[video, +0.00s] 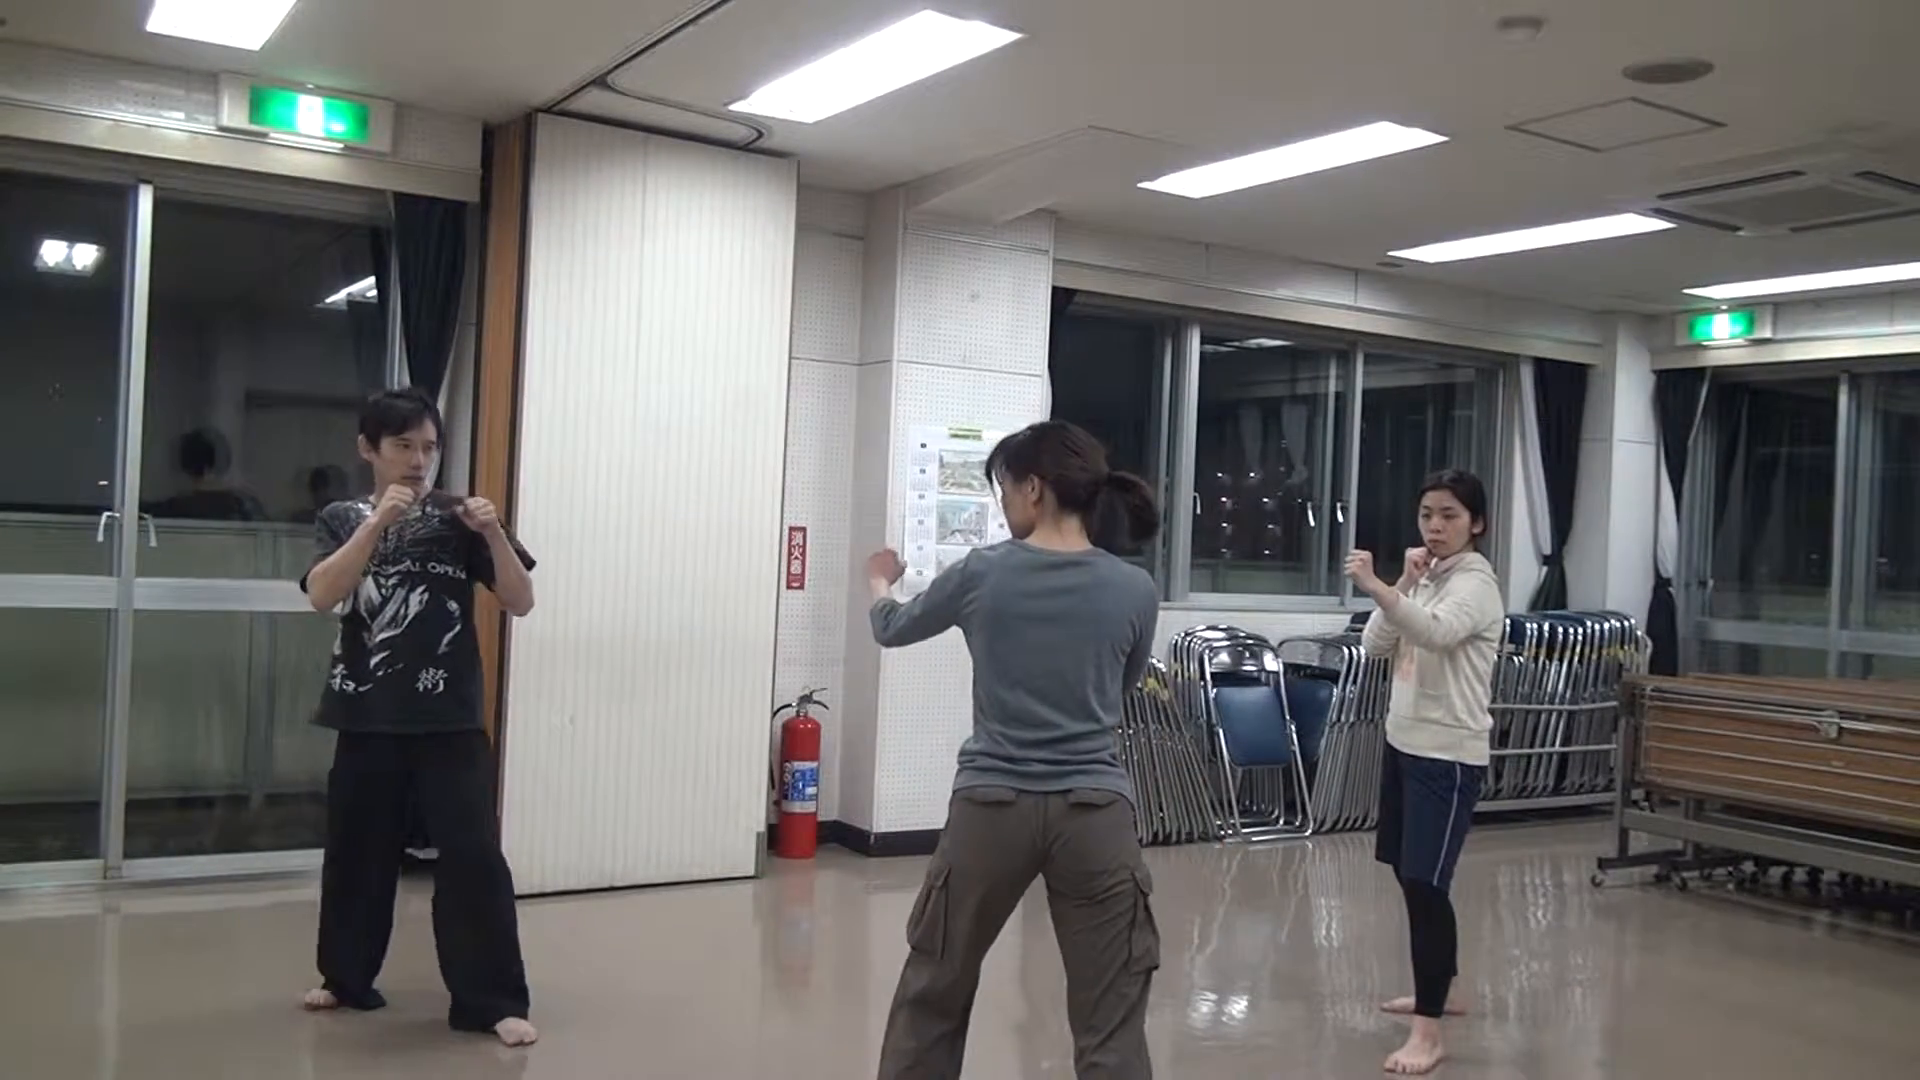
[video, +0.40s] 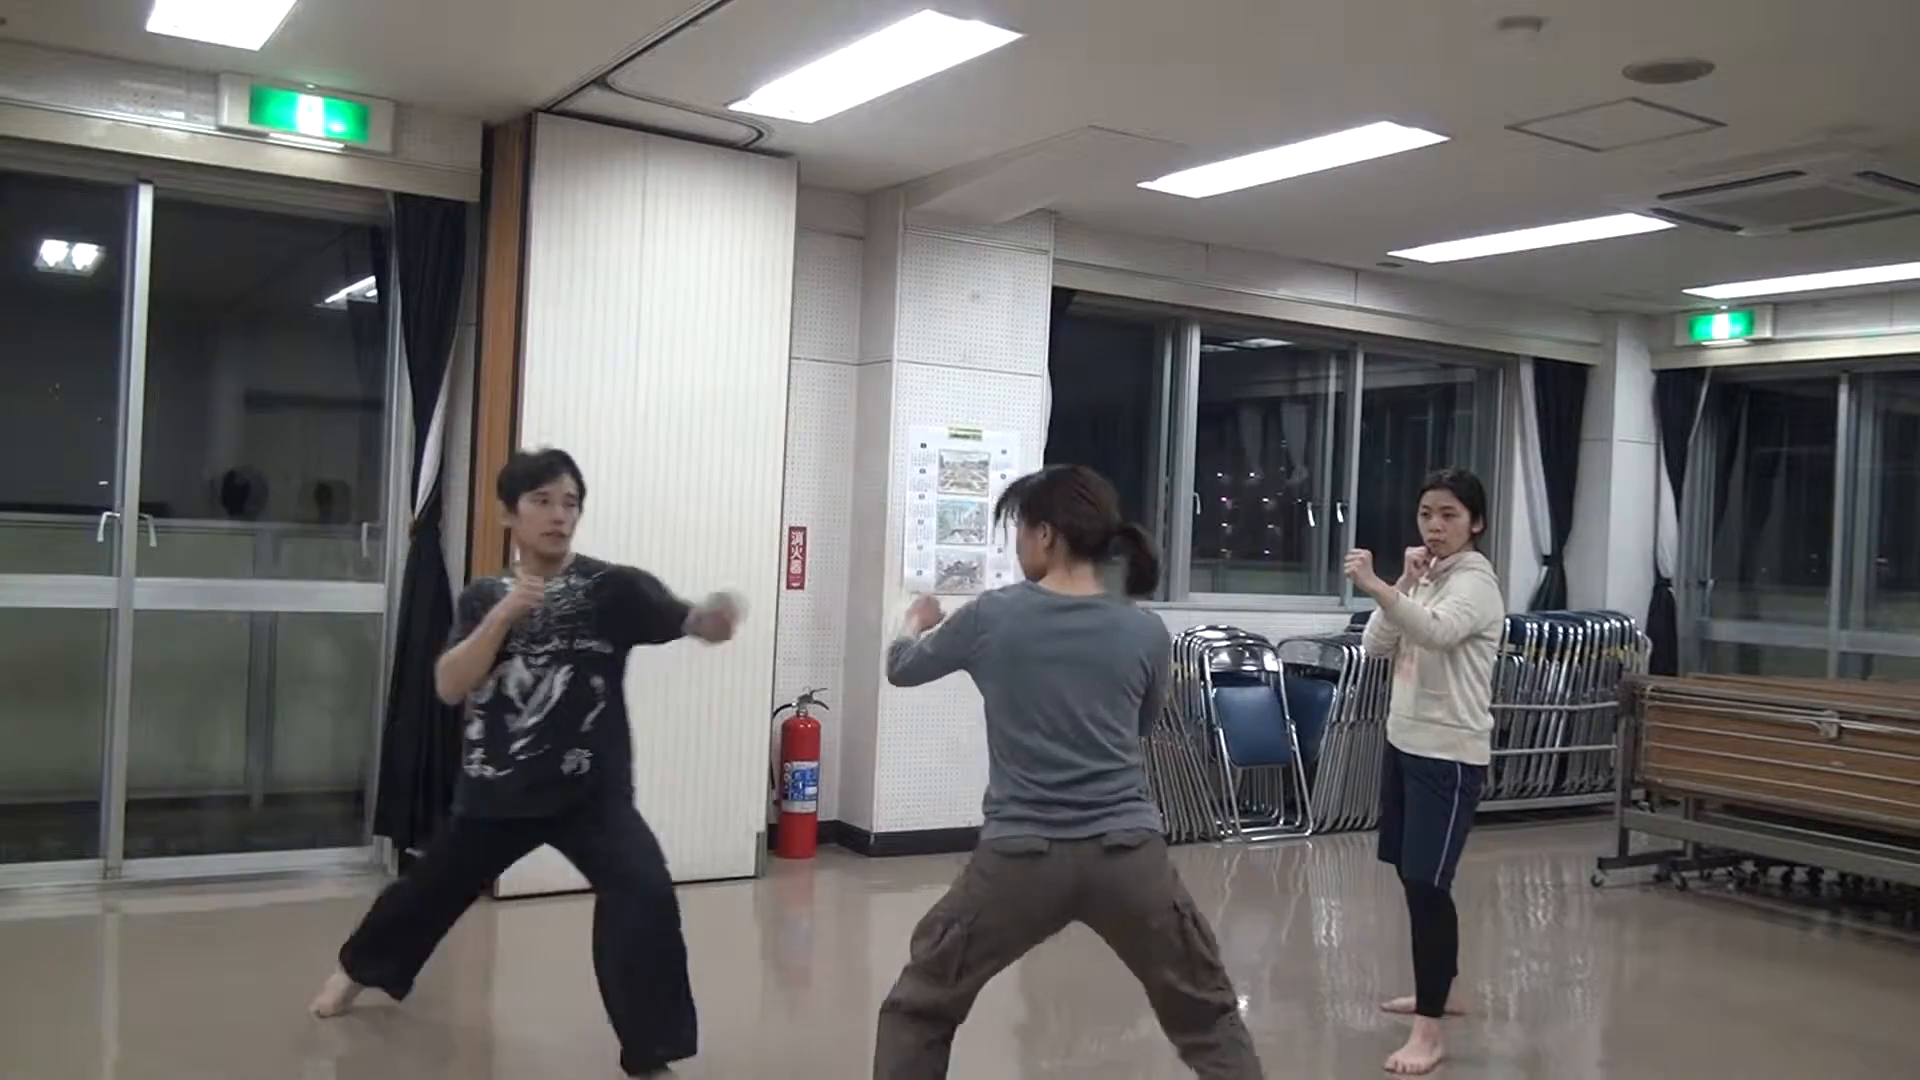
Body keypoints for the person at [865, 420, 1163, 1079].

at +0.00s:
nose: (1002, 507)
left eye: (1005, 491)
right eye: (1001, 492)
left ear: (1036, 490)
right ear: (1085, 494)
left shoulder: (983, 571)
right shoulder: (1136, 587)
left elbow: (895, 627)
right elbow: (1124, 682)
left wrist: (879, 585)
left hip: (992, 810)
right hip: (1097, 811)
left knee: (935, 987)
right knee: (1110, 1012)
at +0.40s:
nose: (1017, 543)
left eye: (1021, 529)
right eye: (1017, 529)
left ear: (1048, 536)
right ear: (1098, 537)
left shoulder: (992, 616)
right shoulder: (1147, 629)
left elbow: (903, 669)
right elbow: (1144, 721)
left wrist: (916, 628)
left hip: (1021, 864)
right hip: (1131, 860)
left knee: (920, 1010)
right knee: (1209, 1021)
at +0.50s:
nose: (1064, 550)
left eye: (1071, 536)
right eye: (1065, 537)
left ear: (1101, 543)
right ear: (1147, 545)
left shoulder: (1046, 625)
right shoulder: (1196, 640)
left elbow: (950, 689)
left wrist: (960, 649)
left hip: (1070, 874)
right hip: (1179, 871)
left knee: (955, 1018)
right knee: (1258, 1025)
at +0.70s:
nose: (1193, 563)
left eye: (1201, 548)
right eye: (1196, 548)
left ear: (1236, 556)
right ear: (1268, 561)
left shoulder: (1184, 630)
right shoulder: (1310, 661)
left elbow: (1092, 703)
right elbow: (1289, 750)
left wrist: (981, 704)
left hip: (1166, 881)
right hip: (1269, 889)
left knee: (1036, 1025)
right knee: (1318, 1050)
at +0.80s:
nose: (1230, 565)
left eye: (1238, 552)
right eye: (1233, 552)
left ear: (1271, 562)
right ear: (1303, 567)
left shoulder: (1202, 628)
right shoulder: (1345, 671)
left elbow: (1076, 643)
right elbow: (1319, 763)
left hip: (1174, 876)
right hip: (1284, 888)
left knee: (1054, 1035)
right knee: (1347, 1052)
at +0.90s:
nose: (1268, 563)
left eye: (1276, 553)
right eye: (1275, 551)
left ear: (1302, 565)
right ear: (1353, 582)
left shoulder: (1224, 612)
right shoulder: (1369, 685)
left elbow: (1104, 621)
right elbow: (1377, 818)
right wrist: (1314, 806)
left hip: (1168, 865)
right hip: (1279, 884)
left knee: (1056, 1025)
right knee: (1357, 1043)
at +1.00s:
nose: (1260, 555)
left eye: (1268, 546)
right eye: (1267, 544)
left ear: (1291, 559)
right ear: (1345, 573)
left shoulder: (1213, 612)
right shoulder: (1361, 679)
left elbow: (1111, 660)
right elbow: (1422, 805)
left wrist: (1161, 687)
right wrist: (1434, 912)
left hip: (1172, 870)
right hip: (1284, 885)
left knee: (1054, 1019)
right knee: (1350, 1045)